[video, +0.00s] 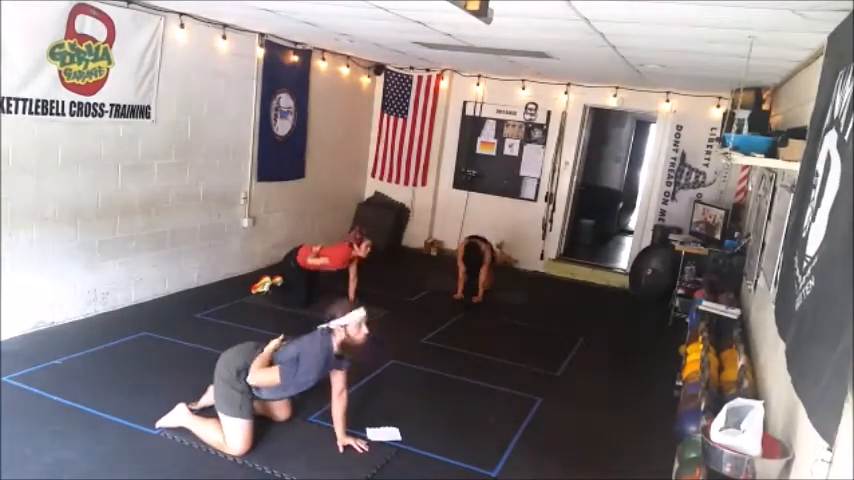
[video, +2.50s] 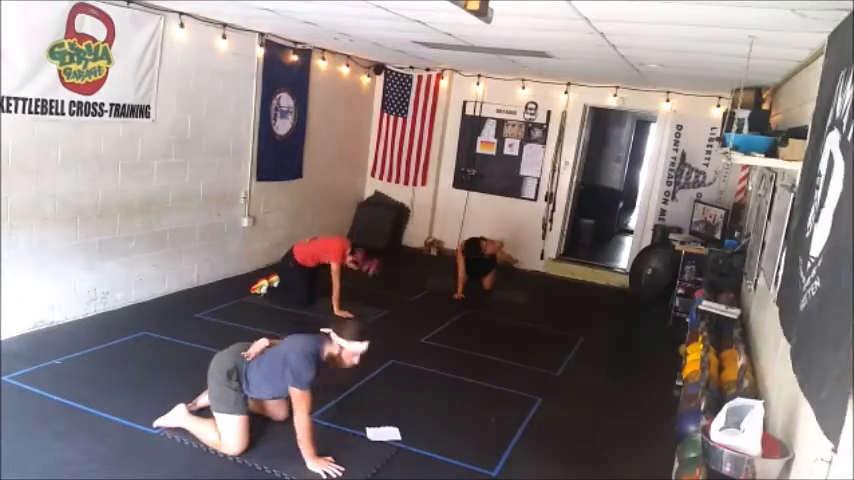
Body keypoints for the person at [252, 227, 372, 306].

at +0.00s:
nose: (368, 250)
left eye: (370, 248)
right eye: (366, 247)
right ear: (357, 245)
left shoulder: (353, 255)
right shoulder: (341, 257)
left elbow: (353, 278)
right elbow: (309, 262)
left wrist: (351, 300)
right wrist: (315, 252)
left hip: (306, 258)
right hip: (295, 261)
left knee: (312, 296)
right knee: (300, 299)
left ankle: (280, 283)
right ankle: (270, 288)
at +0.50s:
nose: (362, 257)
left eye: (365, 255)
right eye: (362, 252)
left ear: (364, 254)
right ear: (355, 247)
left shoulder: (348, 247)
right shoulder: (339, 252)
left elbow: (331, 244)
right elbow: (335, 282)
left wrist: (319, 244)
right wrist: (336, 309)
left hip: (308, 261)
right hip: (296, 262)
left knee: (311, 296)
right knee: (299, 301)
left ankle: (278, 282)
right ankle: (269, 287)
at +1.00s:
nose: (366, 260)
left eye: (368, 257)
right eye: (365, 257)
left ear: (356, 250)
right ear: (355, 252)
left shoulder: (345, 249)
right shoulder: (339, 255)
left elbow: (328, 244)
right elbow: (336, 283)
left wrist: (315, 243)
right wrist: (336, 309)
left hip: (301, 256)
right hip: (294, 263)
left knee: (308, 293)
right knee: (299, 298)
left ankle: (277, 281)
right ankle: (268, 288)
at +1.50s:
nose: (365, 247)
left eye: (365, 244)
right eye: (362, 244)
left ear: (353, 244)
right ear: (351, 244)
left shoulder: (344, 250)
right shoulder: (337, 255)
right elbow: (335, 284)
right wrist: (337, 300)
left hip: (303, 252)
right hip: (294, 263)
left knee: (312, 287)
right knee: (298, 299)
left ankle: (278, 281)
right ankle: (270, 288)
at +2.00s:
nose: (362, 251)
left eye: (364, 249)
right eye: (359, 247)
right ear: (350, 244)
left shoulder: (342, 247)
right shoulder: (338, 254)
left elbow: (325, 244)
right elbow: (335, 283)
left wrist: (311, 246)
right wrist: (335, 303)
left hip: (300, 254)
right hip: (293, 263)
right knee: (300, 300)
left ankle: (277, 282)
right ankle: (269, 289)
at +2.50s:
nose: (349, 267)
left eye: (353, 267)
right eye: (352, 265)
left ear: (354, 254)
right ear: (351, 258)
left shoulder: (345, 244)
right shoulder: (336, 252)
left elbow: (326, 241)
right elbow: (335, 283)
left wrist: (314, 240)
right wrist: (336, 309)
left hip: (308, 263)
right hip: (295, 261)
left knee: (309, 297)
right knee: (300, 299)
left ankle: (278, 282)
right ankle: (268, 289)